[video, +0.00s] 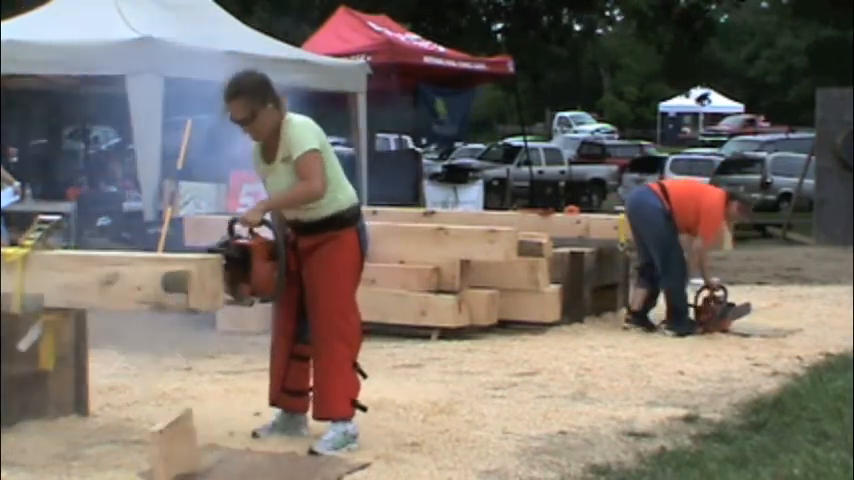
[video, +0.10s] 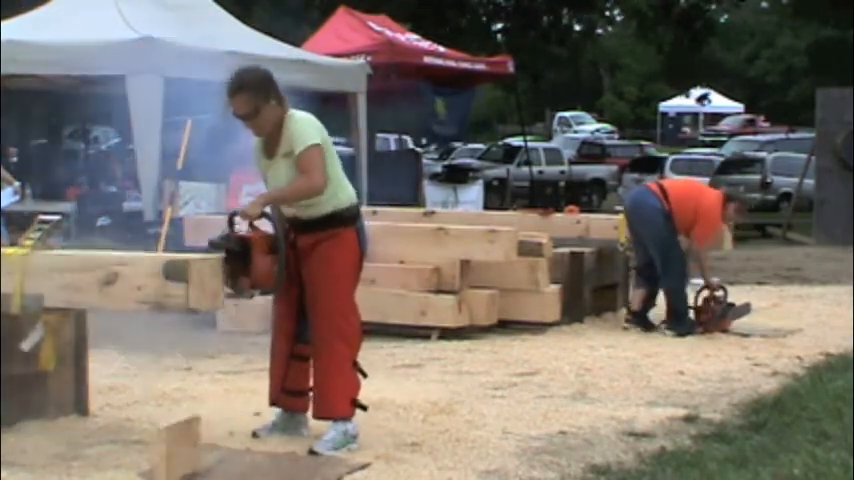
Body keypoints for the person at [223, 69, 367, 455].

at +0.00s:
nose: (246, 130)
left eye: (249, 120)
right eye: (240, 124)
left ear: (272, 106)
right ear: (239, 119)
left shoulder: (300, 130)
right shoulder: (261, 151)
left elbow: (315, 186)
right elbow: (287, 204)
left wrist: (264, 208)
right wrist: (280, 251)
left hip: (335, 237)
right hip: (298, 240)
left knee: (333, 325)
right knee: (290, 325)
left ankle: (342, 422)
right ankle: (292, 414)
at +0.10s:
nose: (249, 126)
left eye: (252, 115)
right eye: (242, 119)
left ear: (274, 102)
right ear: (240, 115)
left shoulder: (302, 126)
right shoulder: (263, 146)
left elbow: (316, 181)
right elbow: (282, 202)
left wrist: (266, 200)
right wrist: (280, 243)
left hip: (334, 235)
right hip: (297, 238)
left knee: (332, 324)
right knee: (289, 322)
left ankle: (342, 422)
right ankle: (292, 413)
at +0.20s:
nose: (252, 121)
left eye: (255, 110)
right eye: (246, 114)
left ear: (276, 98)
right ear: (246, 110)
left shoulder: (305, 122)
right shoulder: (266, 141)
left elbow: (318, 176)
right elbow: (283, 198)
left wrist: (266, 189)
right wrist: (270, 239)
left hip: (334, 235)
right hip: (296, 236)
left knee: (334, 324)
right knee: (289, 323)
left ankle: (343, 422)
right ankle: (291, 414)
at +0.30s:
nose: (257, 114)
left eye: (261, 103)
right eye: (251, 107)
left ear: (284, 92)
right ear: (249, 104)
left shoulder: (311, 117)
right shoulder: (267, 135)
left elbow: (316, 169)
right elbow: (282, 192)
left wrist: (264, 173)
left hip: (333, 234)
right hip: (295, 235)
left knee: (334, 323)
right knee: (288, 322)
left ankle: (342, 422)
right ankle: (290, 414)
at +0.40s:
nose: (260, 110)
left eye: (263, 100)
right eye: (254, 103)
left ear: (286, 89)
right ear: (255, 98)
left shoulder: (313, 114)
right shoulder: (268, 130)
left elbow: (316, 166)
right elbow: (283, 187)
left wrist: (264, 168)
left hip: (334, 233)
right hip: (296, 232)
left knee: (334, 324)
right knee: (287, 322)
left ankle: (342, 421)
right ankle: (291, 414)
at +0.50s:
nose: (260, 110)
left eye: (264, 100)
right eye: (254, 103)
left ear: (288, 90)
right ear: (255, 98)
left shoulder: (314, 117)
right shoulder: (269, 131)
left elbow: (314, 171)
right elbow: (281, 190)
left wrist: (261, 178)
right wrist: (266, 233)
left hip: (334, 233)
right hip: (296, 233)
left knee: (335, 323)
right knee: (288, 322)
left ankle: (342, 421)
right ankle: (290, 413)